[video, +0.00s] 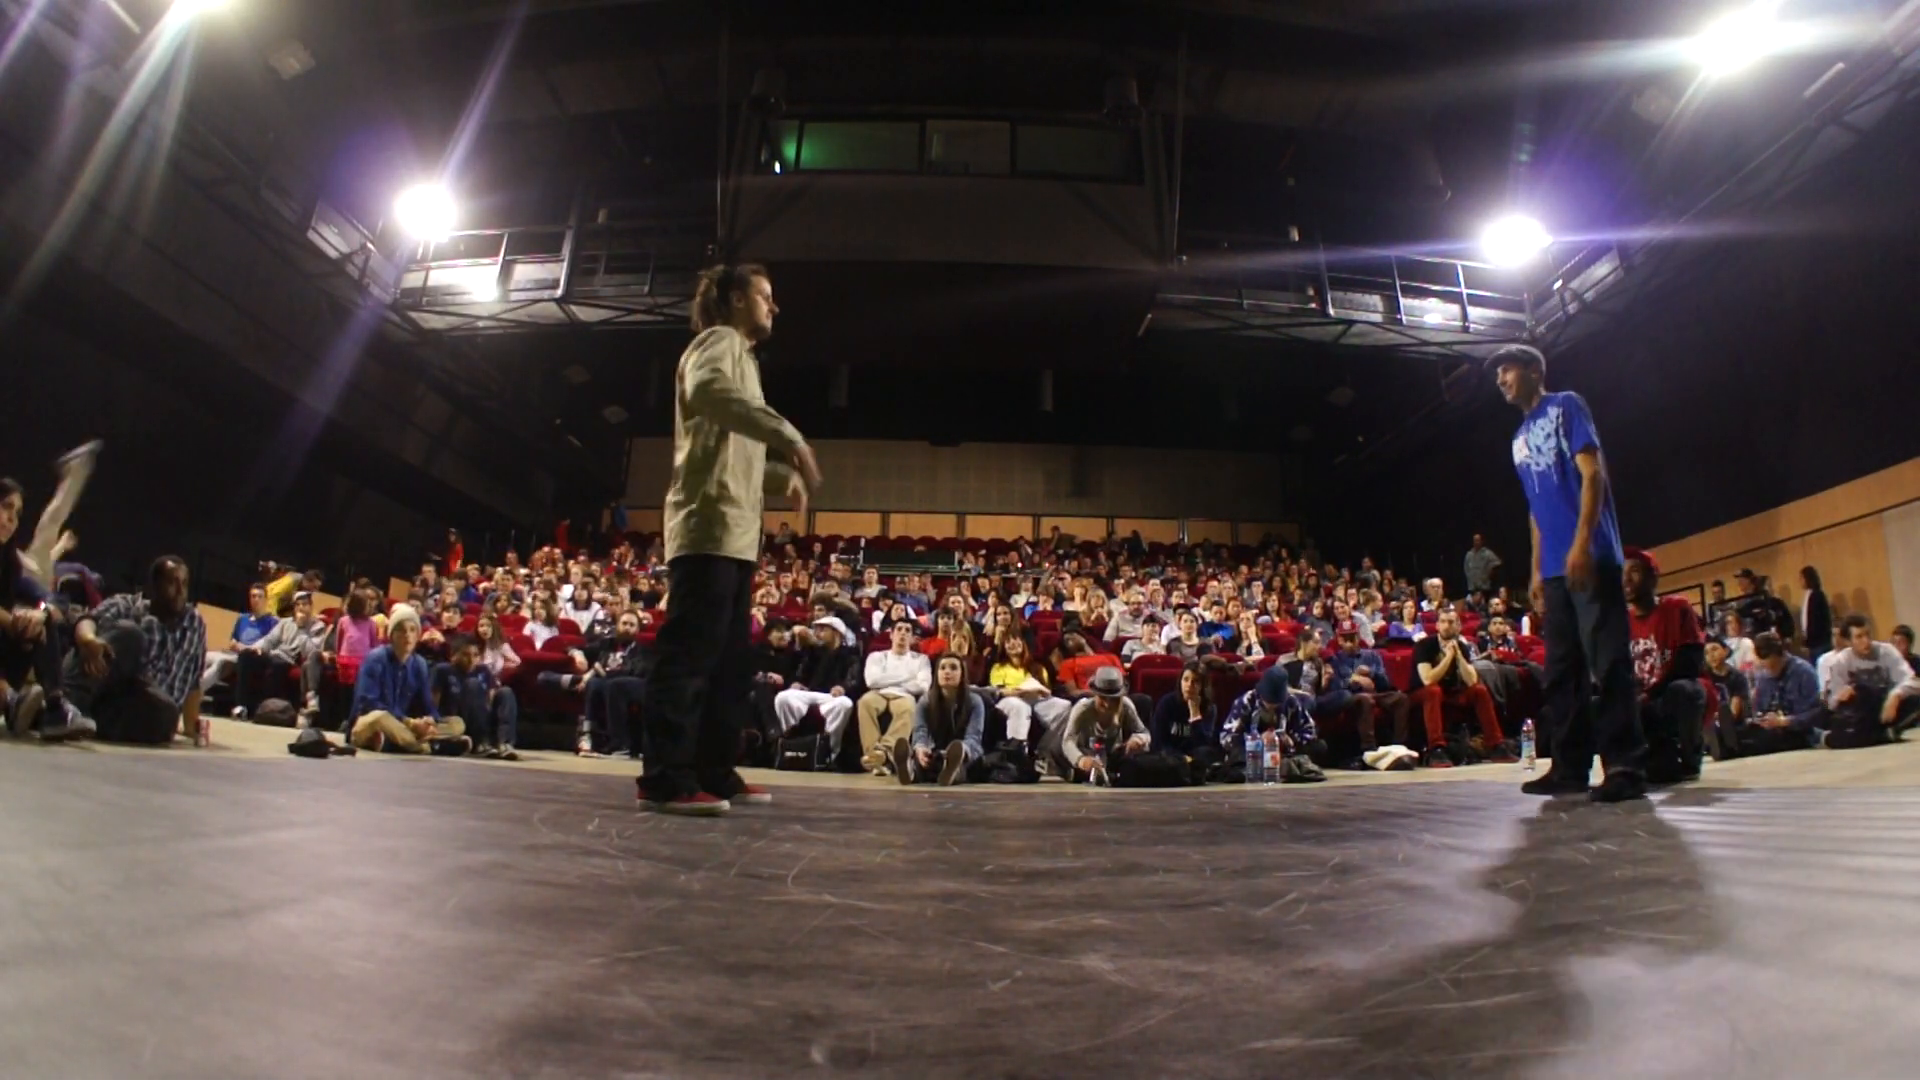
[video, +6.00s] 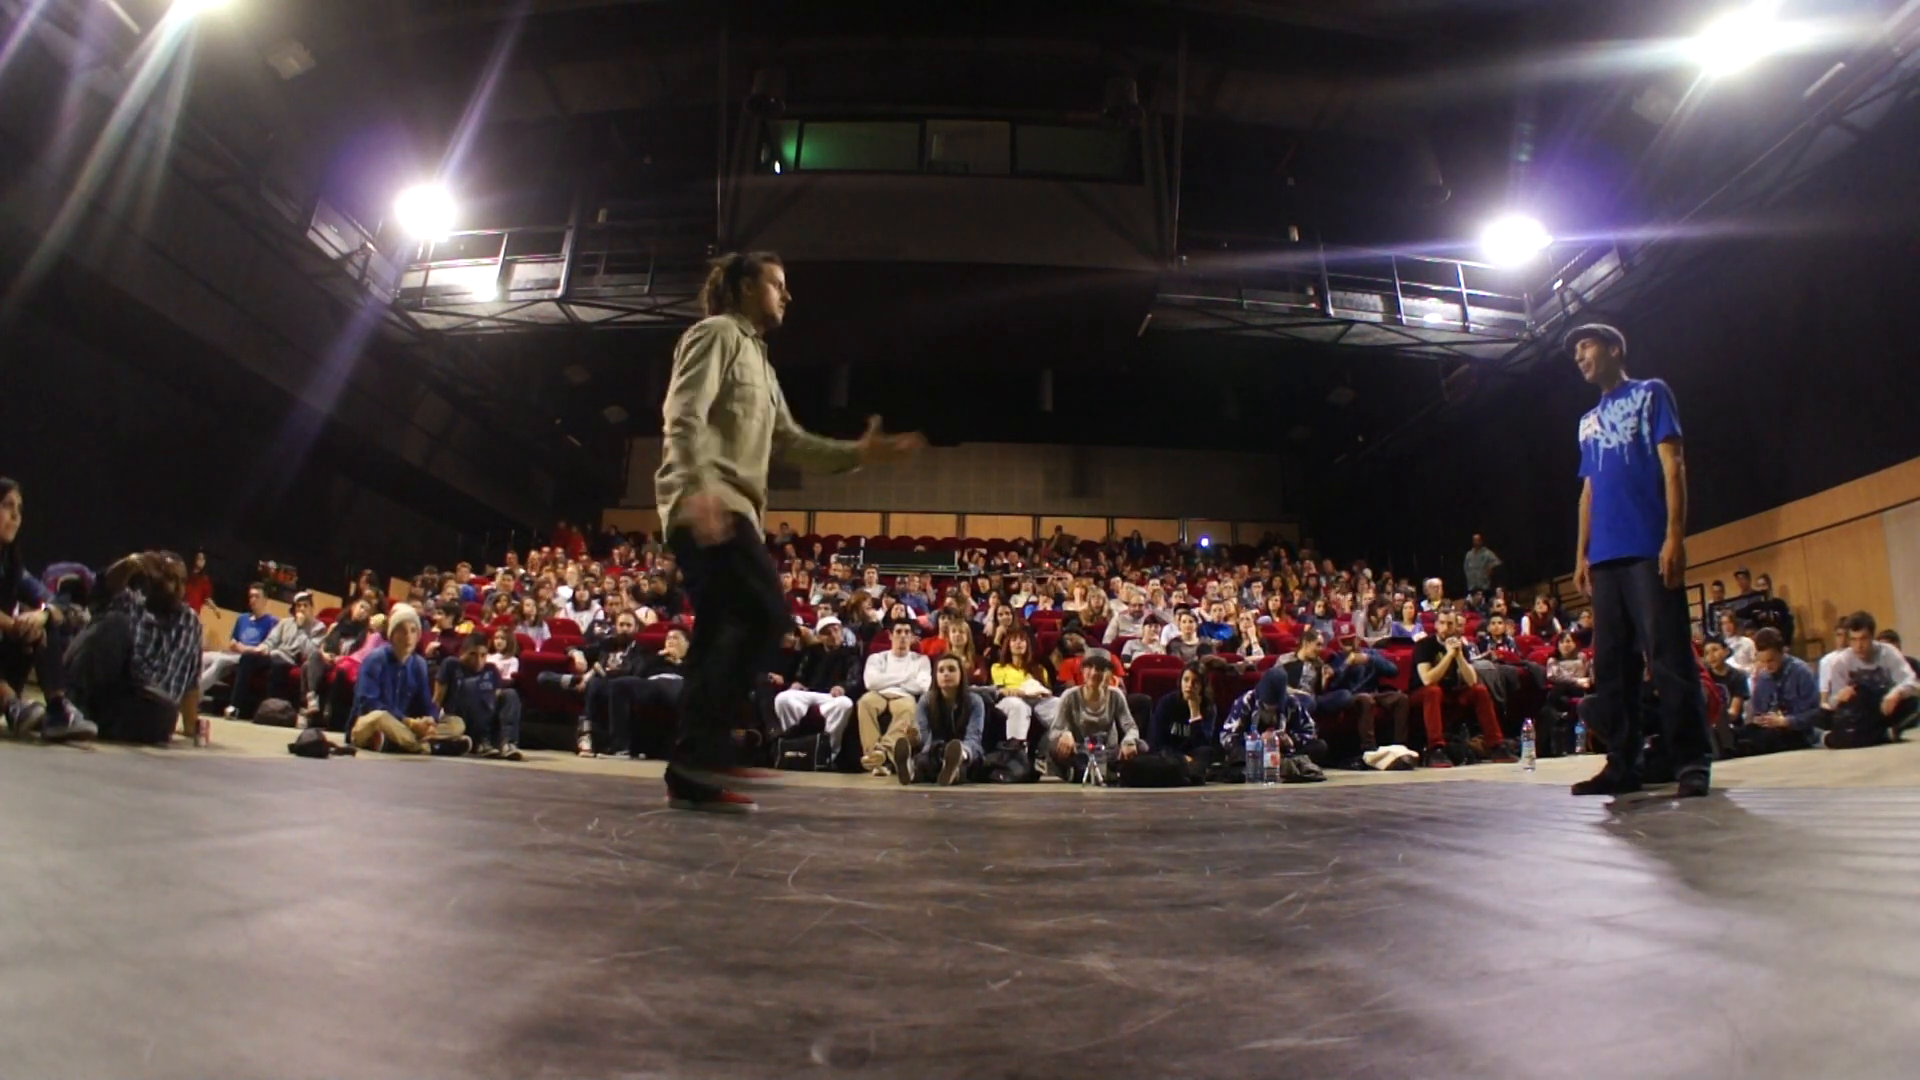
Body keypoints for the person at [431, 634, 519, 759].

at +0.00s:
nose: (471, 660)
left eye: (475, 656)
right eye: (467, 655)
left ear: (479, 657)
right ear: (457, 656)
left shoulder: (483, 671)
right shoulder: (443, 671)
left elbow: (491, 690)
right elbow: (436, 696)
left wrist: (488, 708)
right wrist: (435, 719)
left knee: (506, 692)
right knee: (472, 684)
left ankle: (505, 743)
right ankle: (482, 742)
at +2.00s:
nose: (479, 659)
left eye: (483, 654)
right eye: (474, 654)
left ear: (488, 654)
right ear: (466, 652)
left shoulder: (491, 668)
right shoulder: (451, 665)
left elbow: (501, 692)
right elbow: (438, 697)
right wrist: (432, 722)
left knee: (508, 694)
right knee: (473, 686)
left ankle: (508, 743)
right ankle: (482, 741)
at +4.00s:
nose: (478, 659)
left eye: (483, 654)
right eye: (474, 653)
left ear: (487, 654)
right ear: (465, 653)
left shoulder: (491, 669)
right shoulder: (451, 665)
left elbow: (500, 693)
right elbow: (438, 697)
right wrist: (429, 720)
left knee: (510, 694)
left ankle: (508, 743)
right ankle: (483, 742)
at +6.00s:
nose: (478, 660)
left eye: (483, 655)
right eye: (473, 655)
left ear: (487, 655)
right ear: (464, 654)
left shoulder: (491, 669)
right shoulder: (450, 665)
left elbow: (495, 697)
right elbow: (438, 698)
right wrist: (429, 722)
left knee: (510, 695)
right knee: (470, 688)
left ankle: (508, 743)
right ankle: (483, 741)